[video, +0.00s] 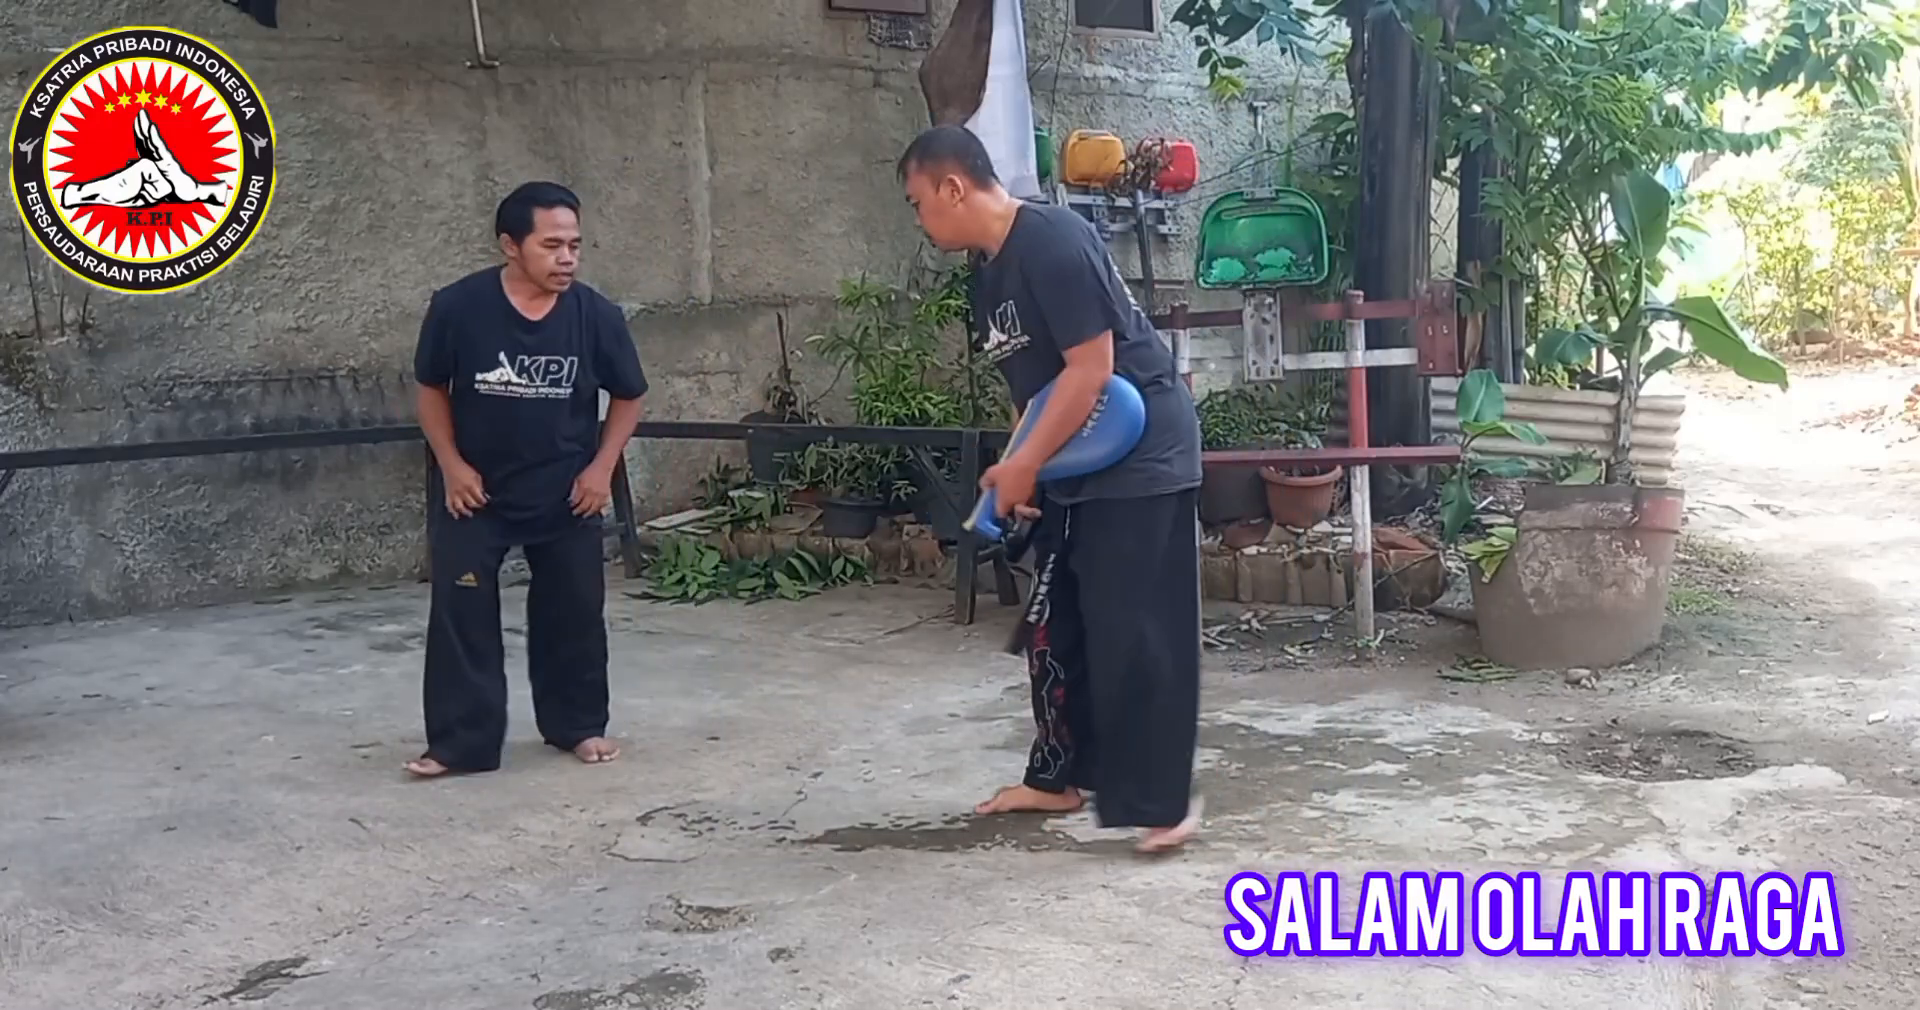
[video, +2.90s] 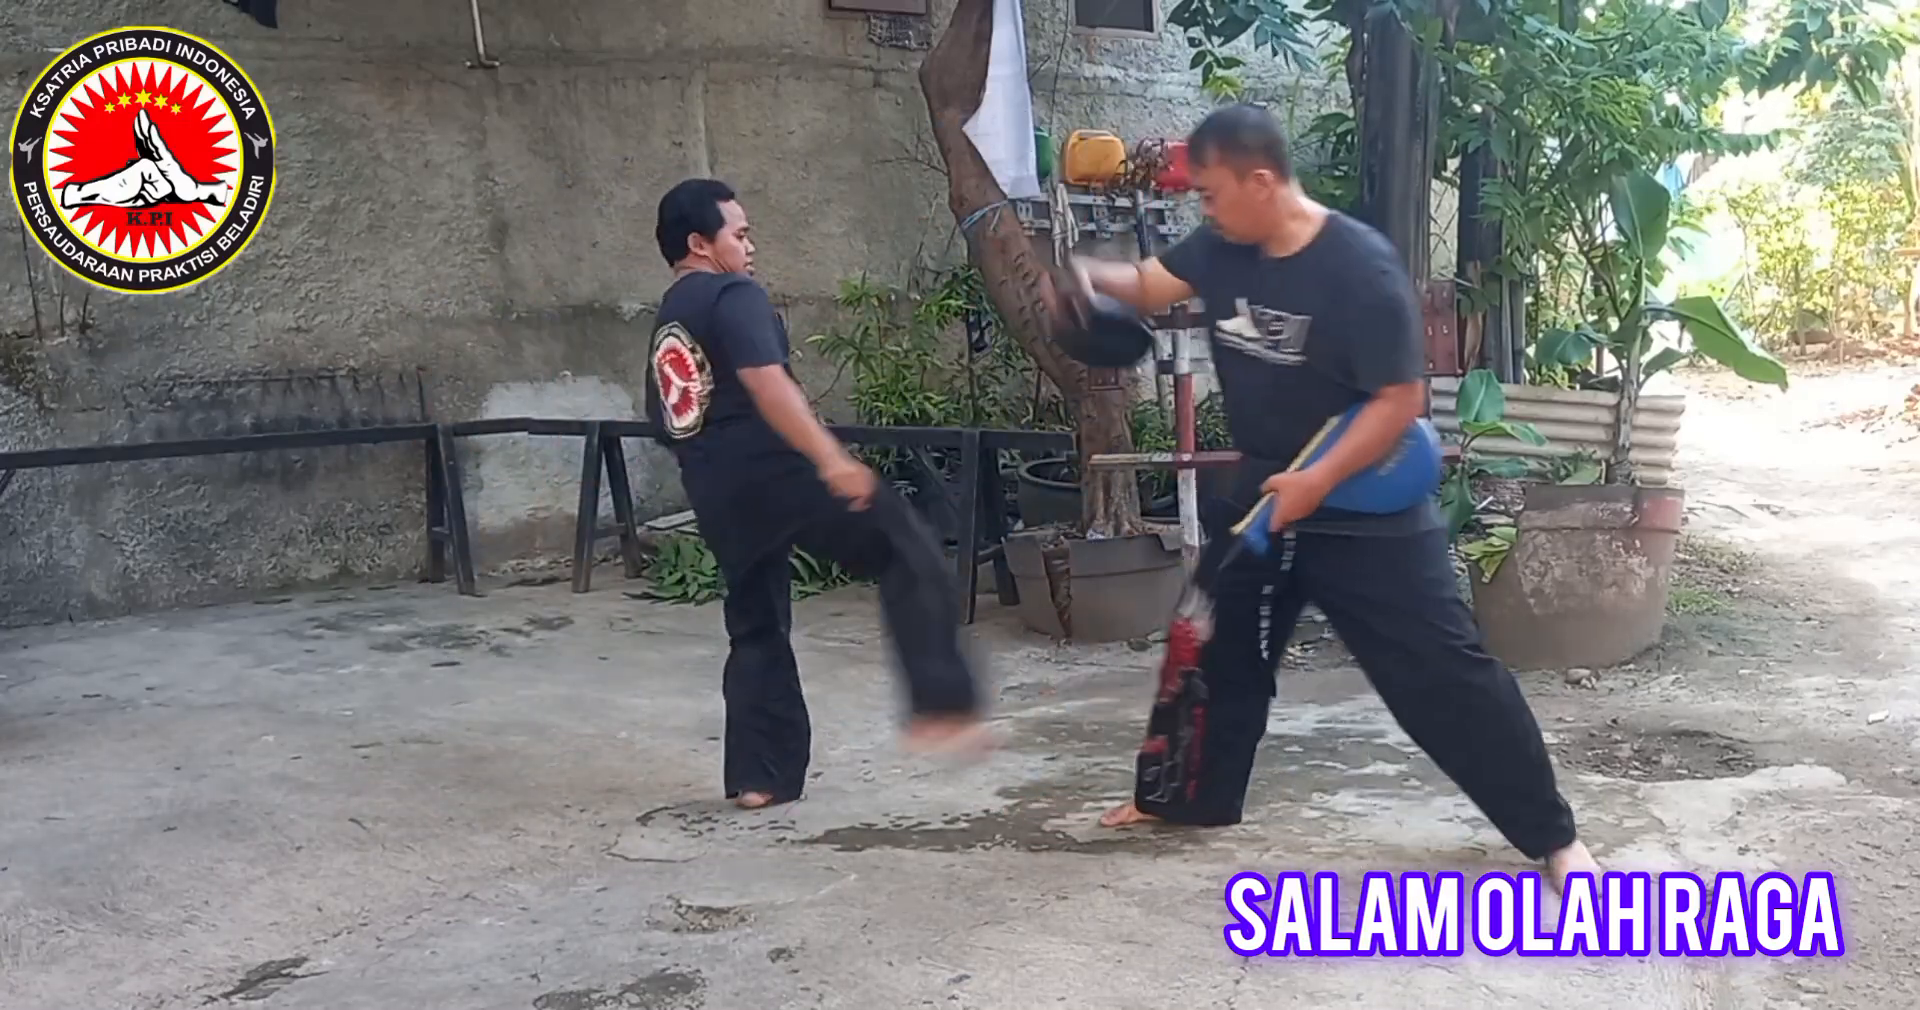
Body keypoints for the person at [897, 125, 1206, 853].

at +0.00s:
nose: (920, 225)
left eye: (920, 205)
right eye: (915, 208)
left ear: (954, 188)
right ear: (958, 189)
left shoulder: (1051, 239)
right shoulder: (990, 276)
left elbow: (1093, 368)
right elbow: (1031, 389)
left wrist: (1022, 463)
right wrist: (1021, 472)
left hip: (1144, 462)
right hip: (1078, 467)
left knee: (1139, 628)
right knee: (1059, 623)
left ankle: (1164, 804)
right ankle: (1058, 779)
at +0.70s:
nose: (983, 202)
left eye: (986, 184)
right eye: (980, 187)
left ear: (1027, 174)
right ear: (1031, 177)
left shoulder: (1132, 238)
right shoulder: (1034, 267)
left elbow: (1186, 364)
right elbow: (1056, 376)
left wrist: (1151, 474)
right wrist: (1049, 473)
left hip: (1198, 460)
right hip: (1106, 471)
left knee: (1240, 633)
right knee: (1106, 628)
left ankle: (1296, 810)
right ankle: (1095, 781)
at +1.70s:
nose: (1010, 211)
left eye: (1012, 193)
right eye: (1007, 196)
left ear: (1053, 186)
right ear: (1060, 186)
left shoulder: (1155, 254)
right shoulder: (1066, 272)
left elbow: (1213, 376)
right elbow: (1076, 372)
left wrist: (1143, 473)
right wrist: (1002, 430)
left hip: (1226, 498)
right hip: (1142, 502)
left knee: (1285, 649)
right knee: (1115, 645)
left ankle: (1362, 810)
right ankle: (1109, 789)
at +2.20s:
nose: (1030, 245)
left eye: (1032, 226)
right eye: (1025, 229)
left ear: (1077, 213)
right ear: (1072, 216)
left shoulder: (1186, 277)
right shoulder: (1073, 296)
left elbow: (1250, 390)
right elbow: (1027, 371)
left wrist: (1182, 487)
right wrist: (944, 331)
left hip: (1255, 497)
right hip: (1163, 501)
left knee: (1313, 651)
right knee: (1112, 636)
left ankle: (1402, 812)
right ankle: (1104, 789)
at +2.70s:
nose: (1120, 208)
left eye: (1125, 191)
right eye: (1116, 192)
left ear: (1175, 177)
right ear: (1167, 182)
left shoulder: (1277, 263)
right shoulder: (1161, 251)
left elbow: (1327, 387)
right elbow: (1123, 301)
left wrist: (1255, 478)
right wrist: (1039, 281)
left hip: (1315, 494)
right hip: (1220, 492)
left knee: (1362, 644)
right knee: (1192, 637)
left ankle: (1413, 816)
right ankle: (1186, 791)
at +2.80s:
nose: (1146, 202)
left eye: (1151, 186)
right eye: (1142, 188)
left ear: (1201, 174)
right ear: (1195, 176)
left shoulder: (1297, 261)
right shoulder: (1178, 240)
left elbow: (1348, 391)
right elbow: (1124, 275)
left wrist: (1277, 485)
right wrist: (1051, 238)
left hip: (1321, 484)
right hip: (1228, 482)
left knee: (1388, 643)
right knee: (1193, 634)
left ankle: (1490, 805)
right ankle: (1187, 791)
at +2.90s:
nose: (1203, 204)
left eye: (1209, 189)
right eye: (1199, 191)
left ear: (1262, 179)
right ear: (1251, 182)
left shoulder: (1362, 266)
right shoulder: (1221, 246)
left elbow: (1401, 399)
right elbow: (1151, 283)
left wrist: (1317, 479)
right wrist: (1082, 273)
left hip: (1372, 512)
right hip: (1266, 502)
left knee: (1451, 671)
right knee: (1221, 650)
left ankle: (1554, 841)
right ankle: (1187, 794)